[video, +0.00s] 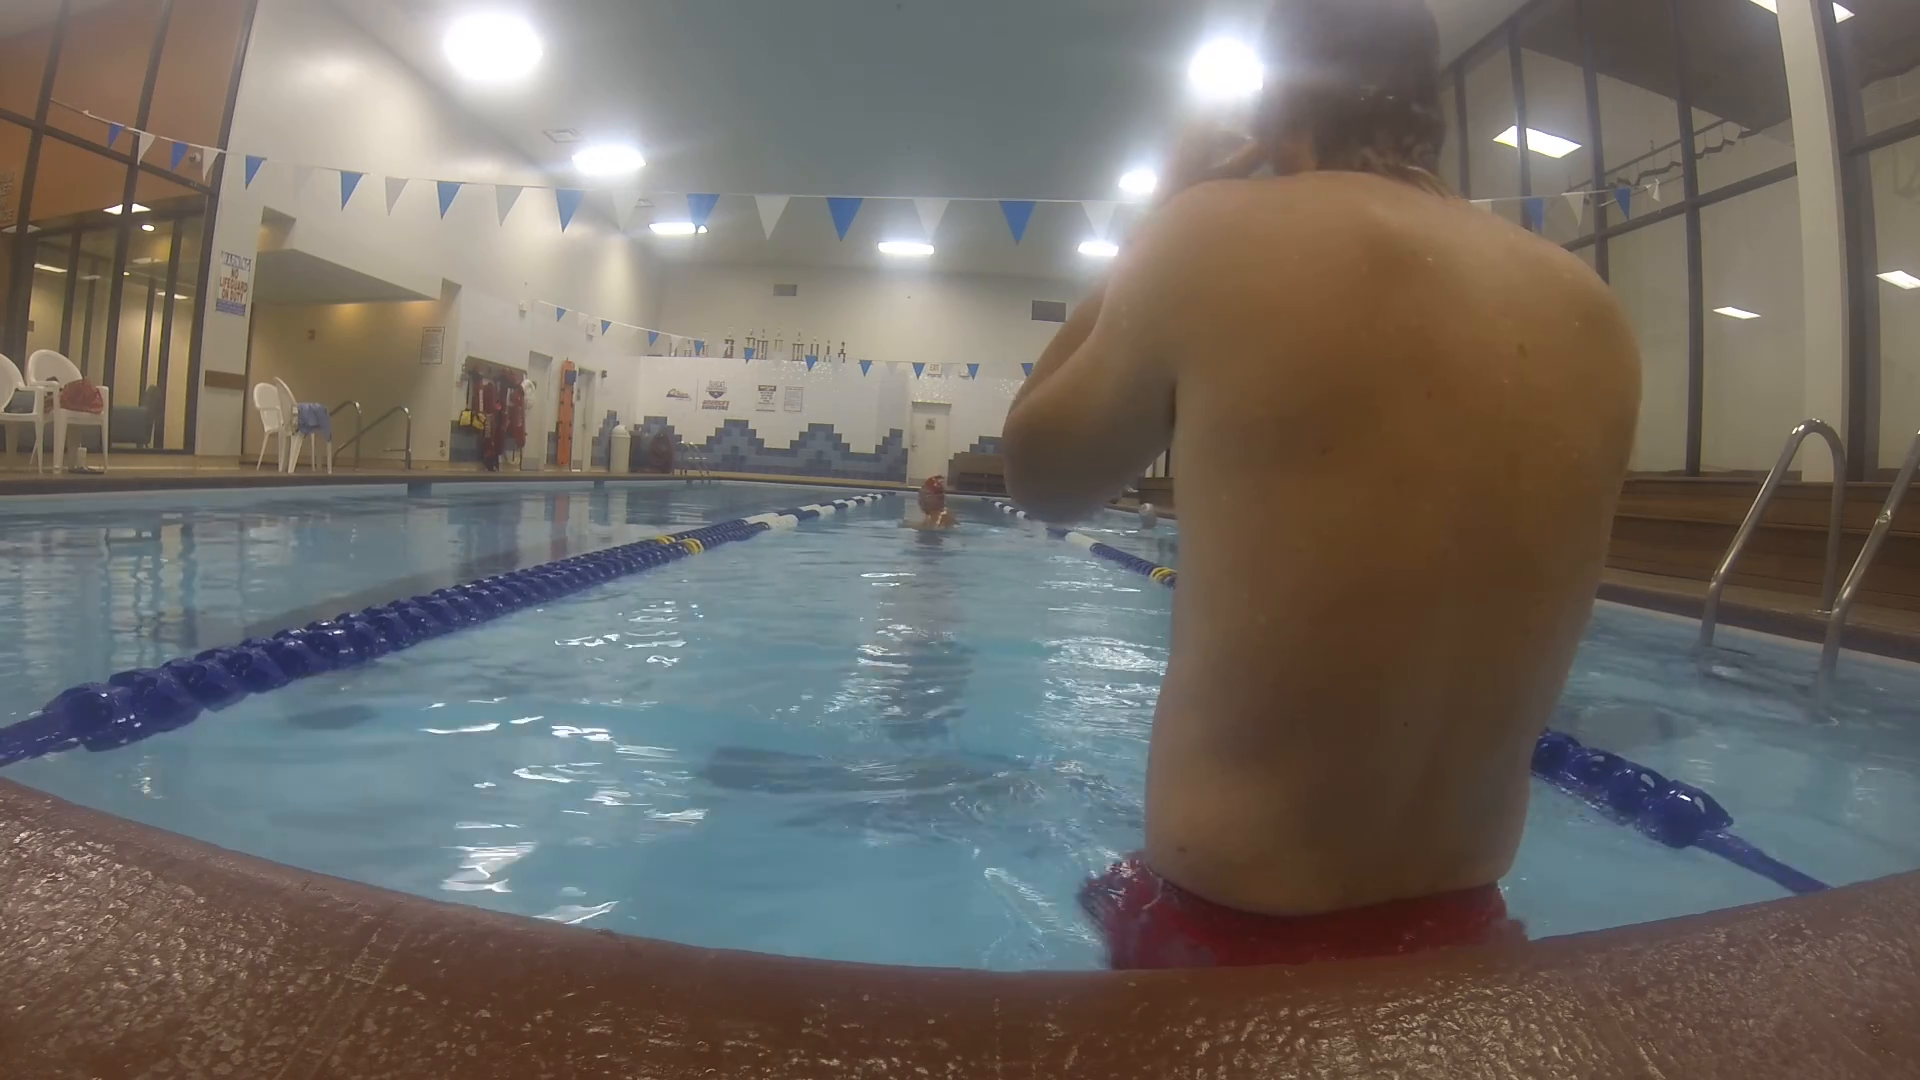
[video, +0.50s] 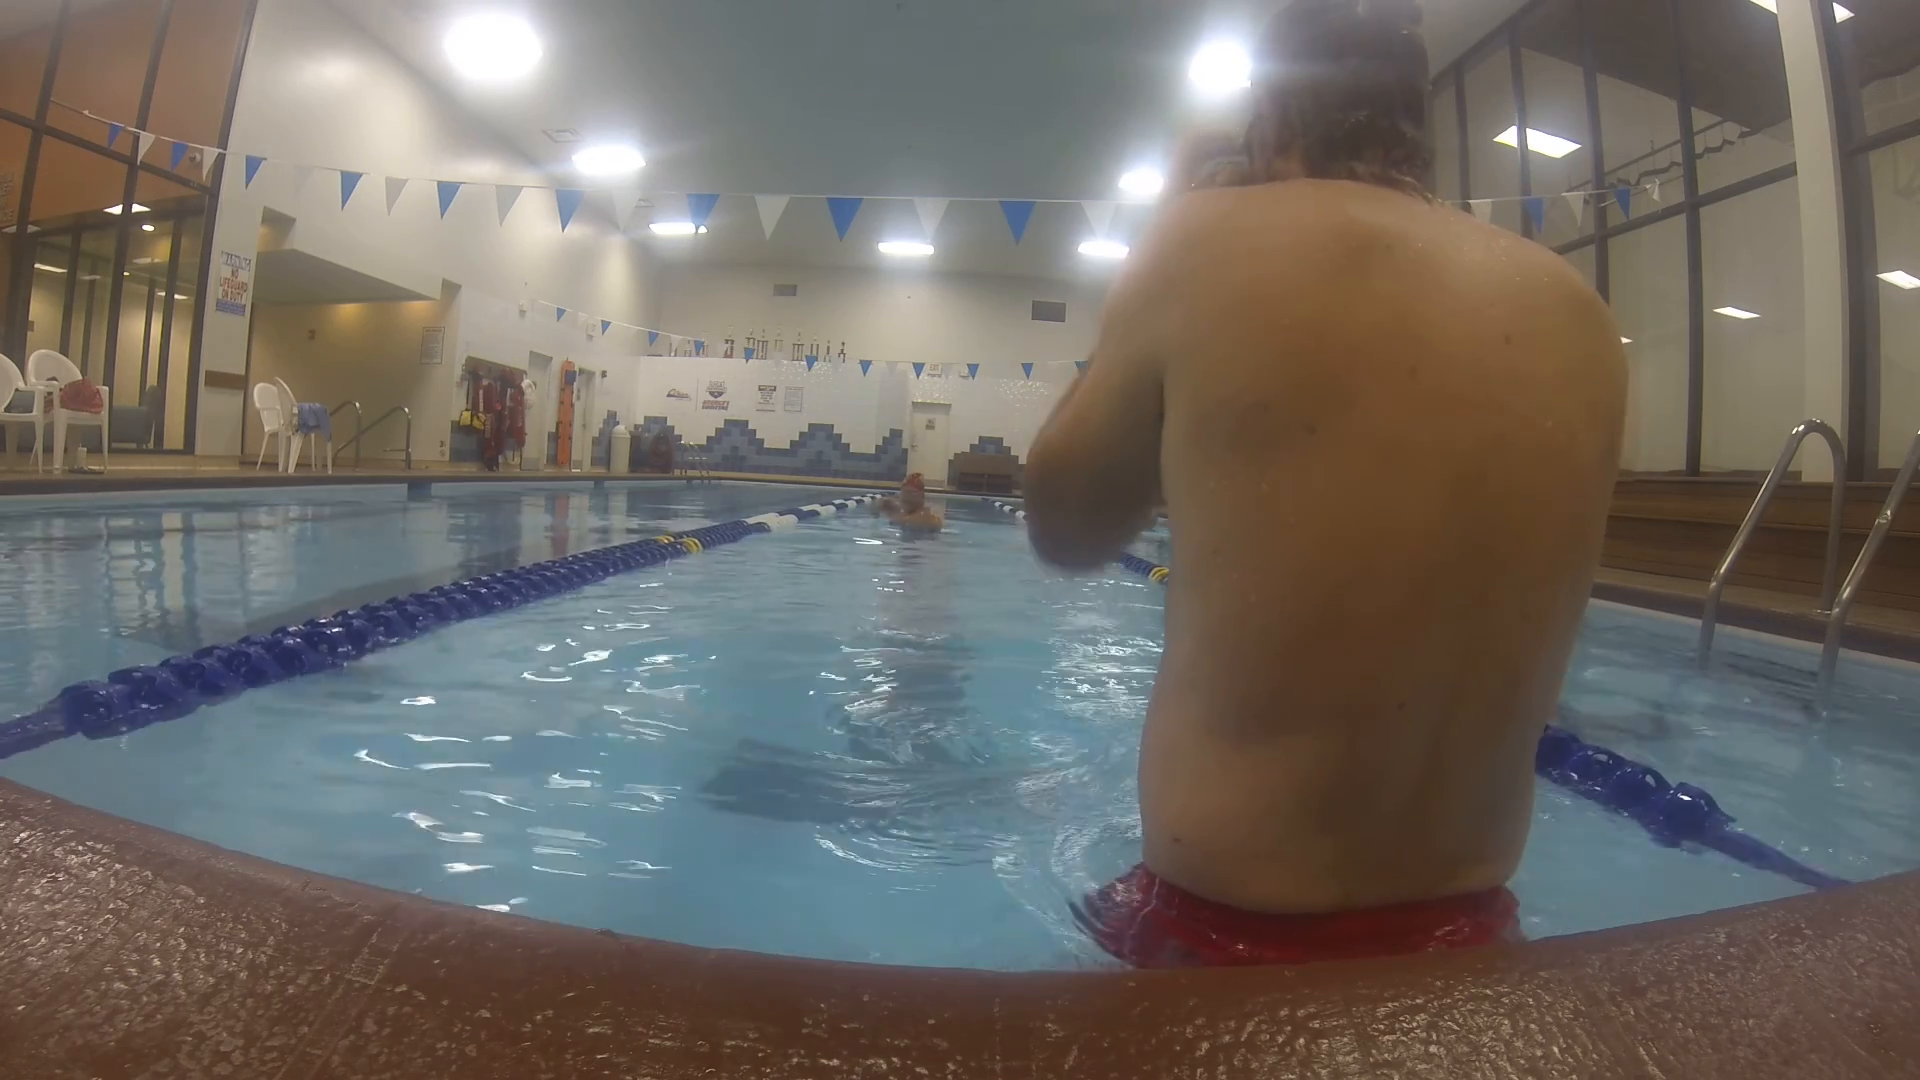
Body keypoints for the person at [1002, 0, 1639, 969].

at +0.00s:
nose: (1236, 116)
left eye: (1247, 94)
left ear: (1269, 107)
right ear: (1432, 119)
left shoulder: (1213, 237)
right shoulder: (1589, 306)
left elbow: (1043, 476)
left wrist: (1169, 209)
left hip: (1210, 945)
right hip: (1463, 940)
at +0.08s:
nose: (1221, 123)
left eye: (1233, 100)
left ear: (1259, 106)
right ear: (1420, 119)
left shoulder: (1206, 242)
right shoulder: (1587, 310)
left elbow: (1047, 496)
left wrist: (1168, 210)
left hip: (1213, 943)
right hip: (1466, 941)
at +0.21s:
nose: (1223, 128)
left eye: (1235, 107)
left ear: (1260, 118)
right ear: (1415, 129)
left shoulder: (1204, 249)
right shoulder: (1578, 310)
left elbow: (1051, 509)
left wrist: (1168, 224)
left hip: (1216, 951)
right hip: (1471, 947)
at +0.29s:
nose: (1229, 136)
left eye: (1240, 115)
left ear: (1266, 125)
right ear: (1417, 136)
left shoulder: (1207, 249)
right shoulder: (1578, 311)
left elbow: (1056, 513)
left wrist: (1170, 226)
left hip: (1217, 947)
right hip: (1469, 943)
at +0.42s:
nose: (1237, 129)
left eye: (1247, 110)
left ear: (1267, 119)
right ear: (1419, 130)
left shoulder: (1208, 240)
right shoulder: (1580, 308)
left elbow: (1064, 510)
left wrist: (1176, 218)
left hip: (1210, 942)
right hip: (1468, 939)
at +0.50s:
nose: (1237, 133)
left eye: (1247, 115)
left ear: (1269, 123)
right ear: (1417, 133)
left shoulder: (1205, 242)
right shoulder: (1576, 307)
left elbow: (1068, 527)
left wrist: (1180, 215)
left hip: (1209, 944)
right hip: (1469, 941)